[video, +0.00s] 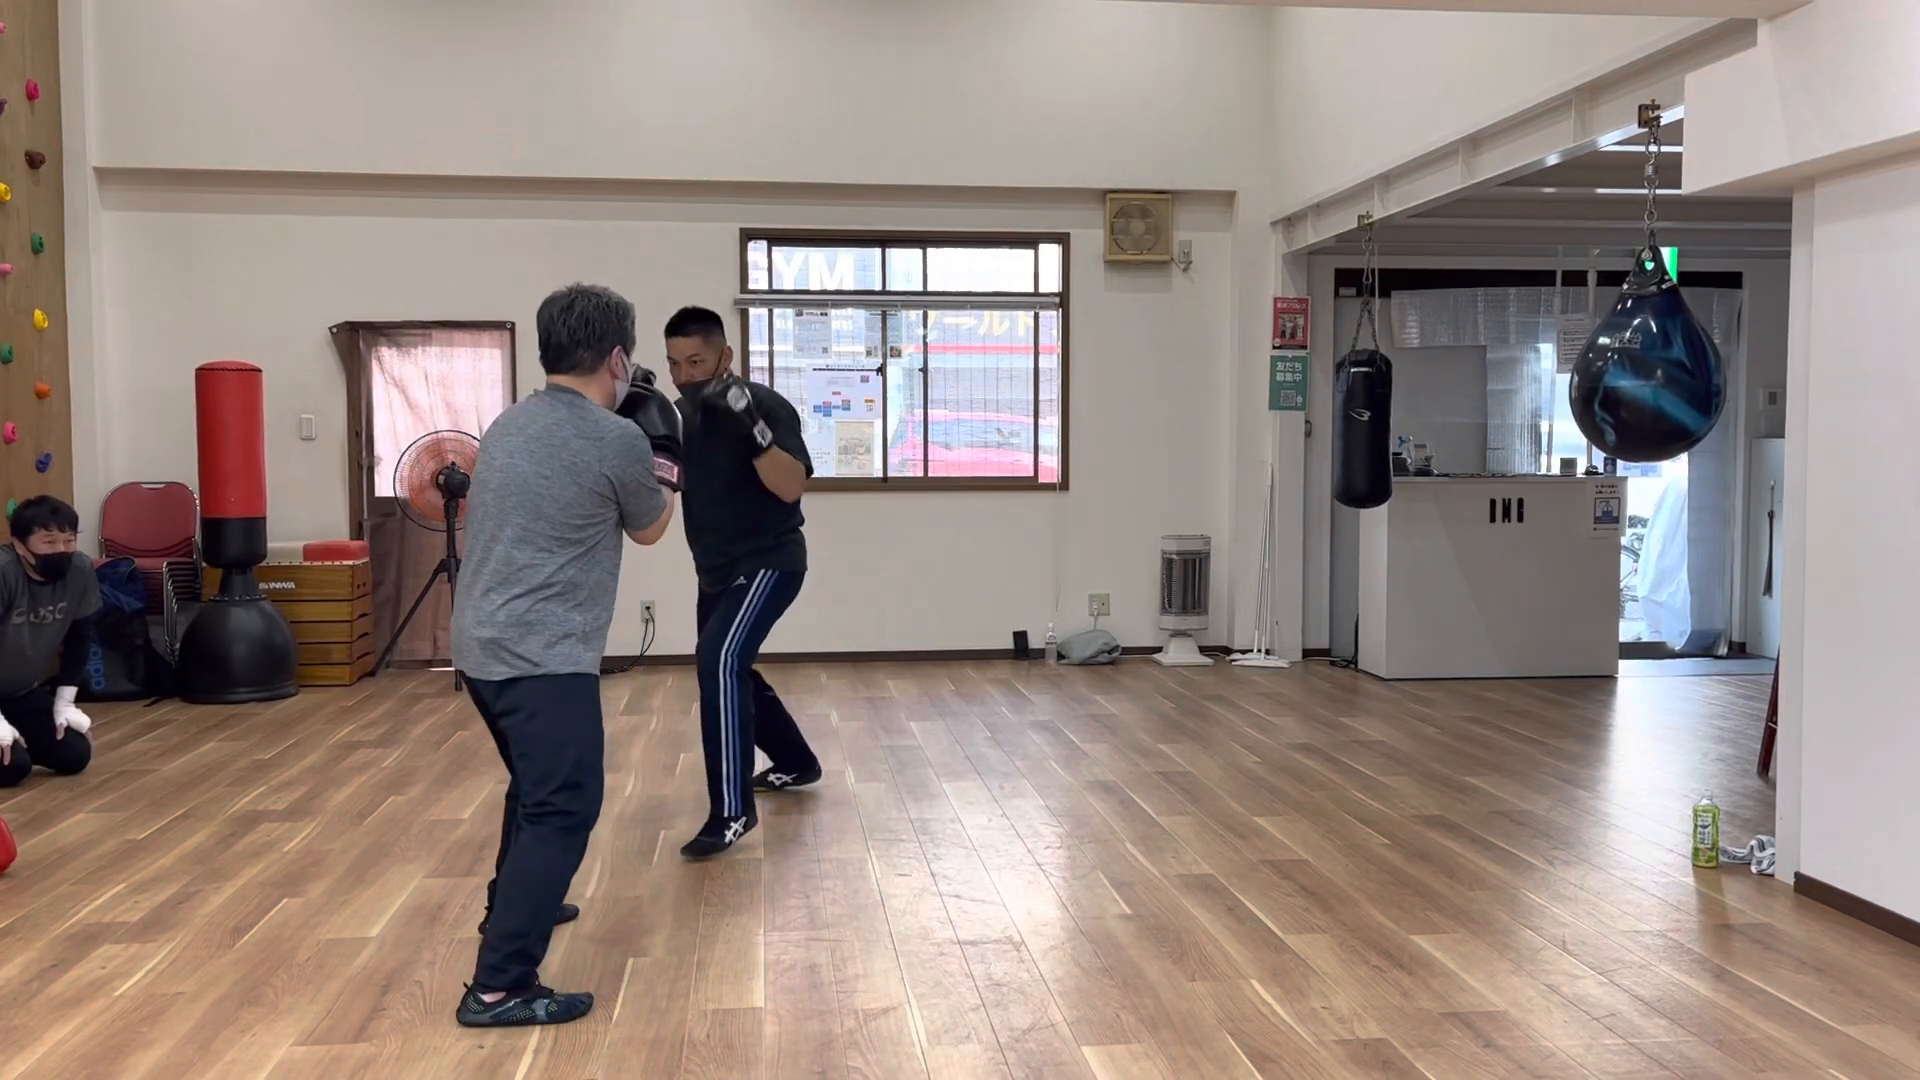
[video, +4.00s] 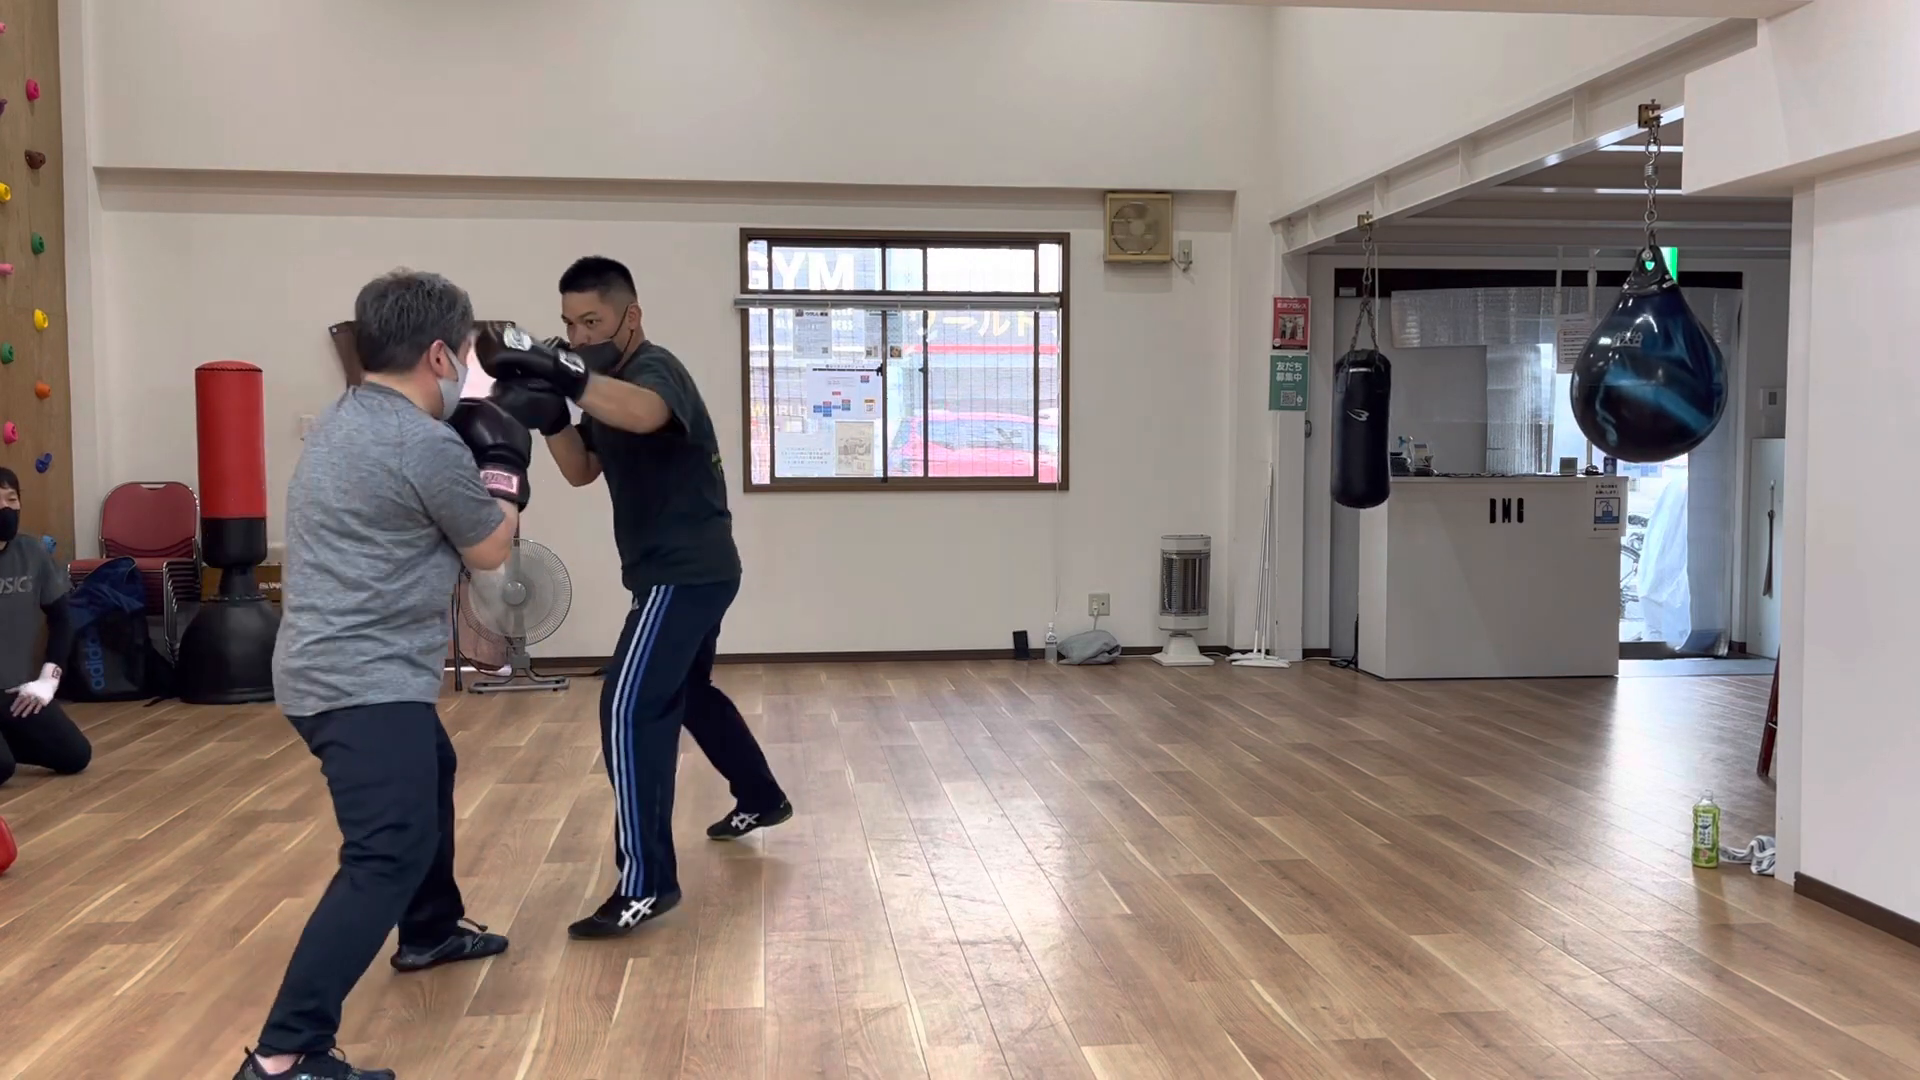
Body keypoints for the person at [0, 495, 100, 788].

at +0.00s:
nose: (61, 551)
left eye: (68, 541)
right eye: (49, 542)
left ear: (75, 540)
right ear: (19, 545)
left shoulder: (79, 570)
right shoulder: (6, 573)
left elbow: (79, 639)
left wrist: (65, 701)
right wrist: (1, 721)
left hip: (29, 690)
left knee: (73, 756)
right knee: (14, 766)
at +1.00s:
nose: (50, 535)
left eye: (56, 525)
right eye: (37, 528)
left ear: (64, 527)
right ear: (8, 536)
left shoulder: (73, 564)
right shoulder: (2, 571)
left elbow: (73, 638)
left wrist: (63, 702)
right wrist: (0, 720)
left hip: (28, 691)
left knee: (74, 756)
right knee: (12, 766)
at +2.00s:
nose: (41, 534)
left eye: (48, 524)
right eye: (28, 526)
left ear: (56, 527)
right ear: (5, 537)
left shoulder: (67, 562)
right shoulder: (3, 571)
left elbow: (70, 637)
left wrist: (62, 702)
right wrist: (1, 722)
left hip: (29, 692)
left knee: (74, 757)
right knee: (13, 767)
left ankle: (15, 732)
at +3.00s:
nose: (29, 528)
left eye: (36, 519)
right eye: (16, 520)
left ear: (44, 521)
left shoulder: (59, 561)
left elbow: (66, 634)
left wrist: (63, 700)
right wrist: (0, 721)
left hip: (31, 692)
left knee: (74, 756)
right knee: (13, 767)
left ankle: (15, 732)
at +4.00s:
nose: (6, 506)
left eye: (12, 498)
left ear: (20, 503)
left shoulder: (30, 552)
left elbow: (61, 616)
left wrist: (48, 678)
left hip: (16, 692)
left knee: (75, 756)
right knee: (2, 767)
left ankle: (2, 741)